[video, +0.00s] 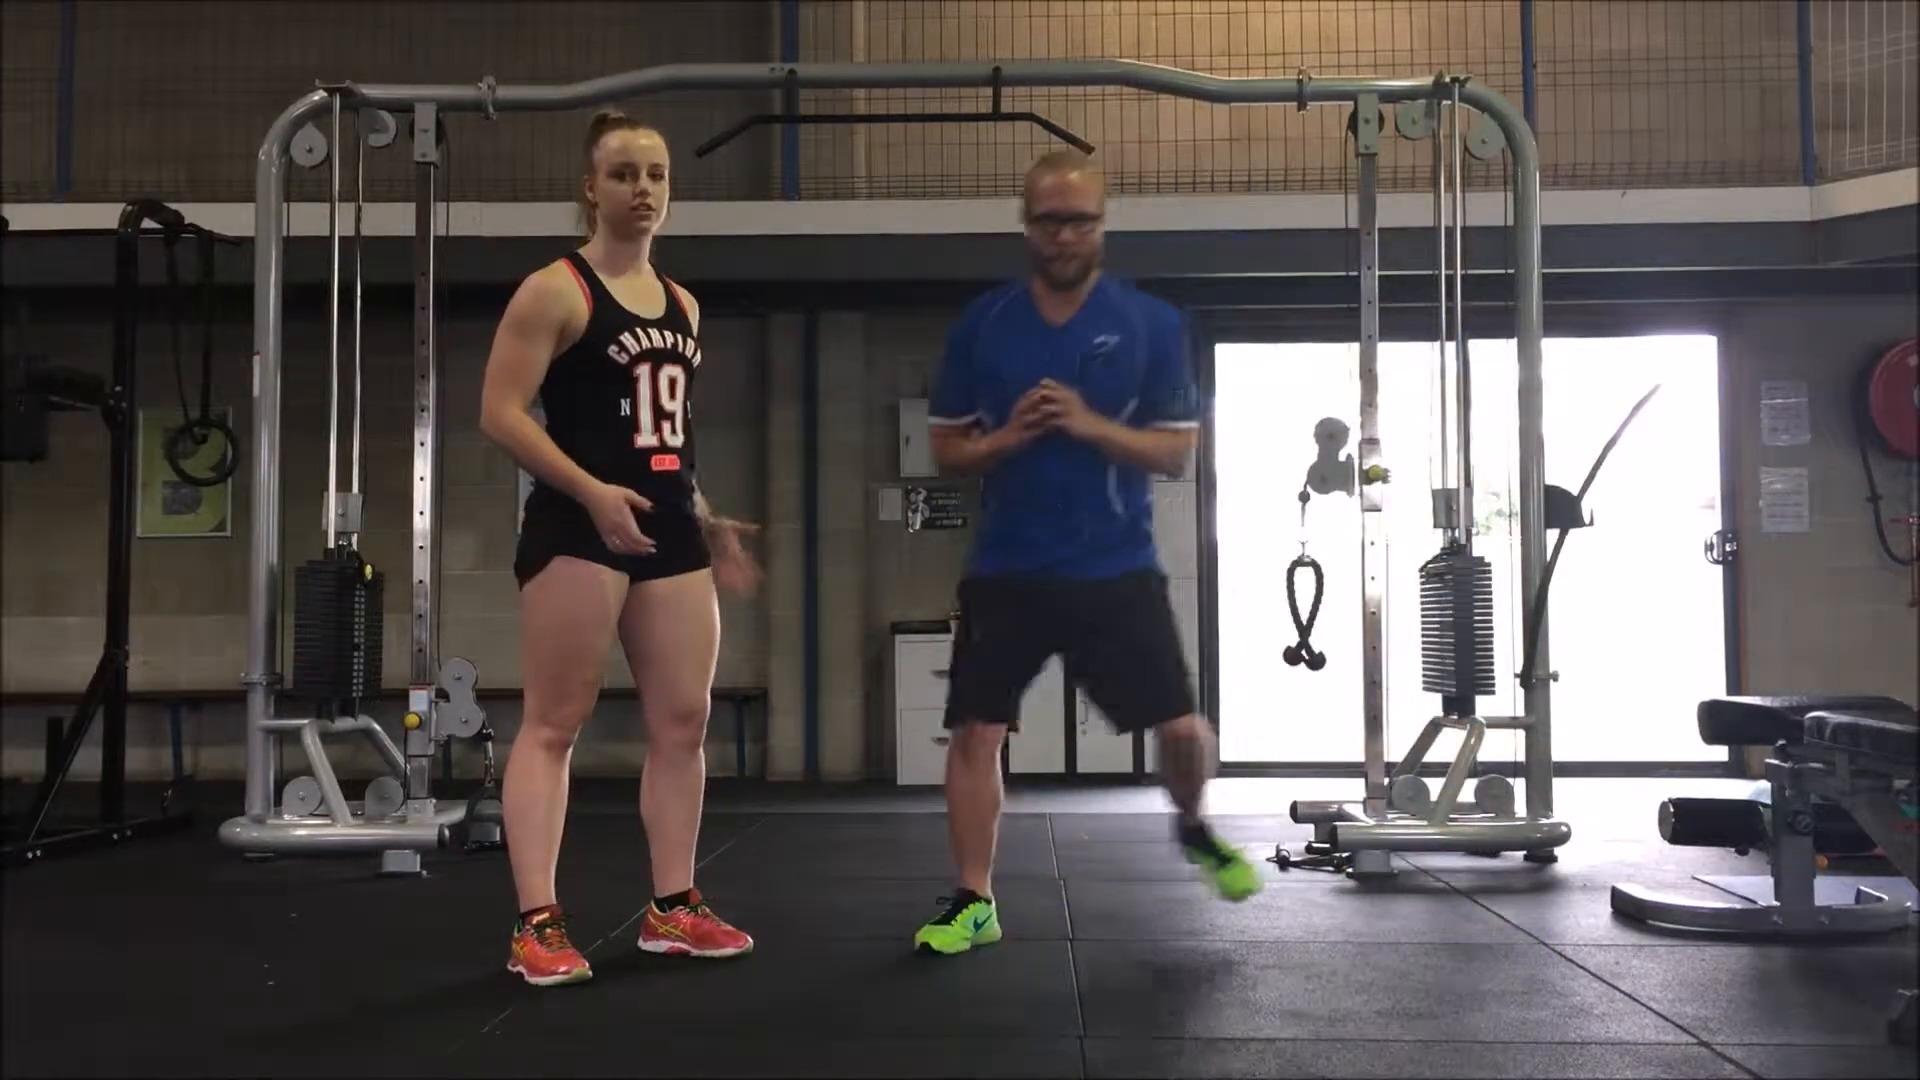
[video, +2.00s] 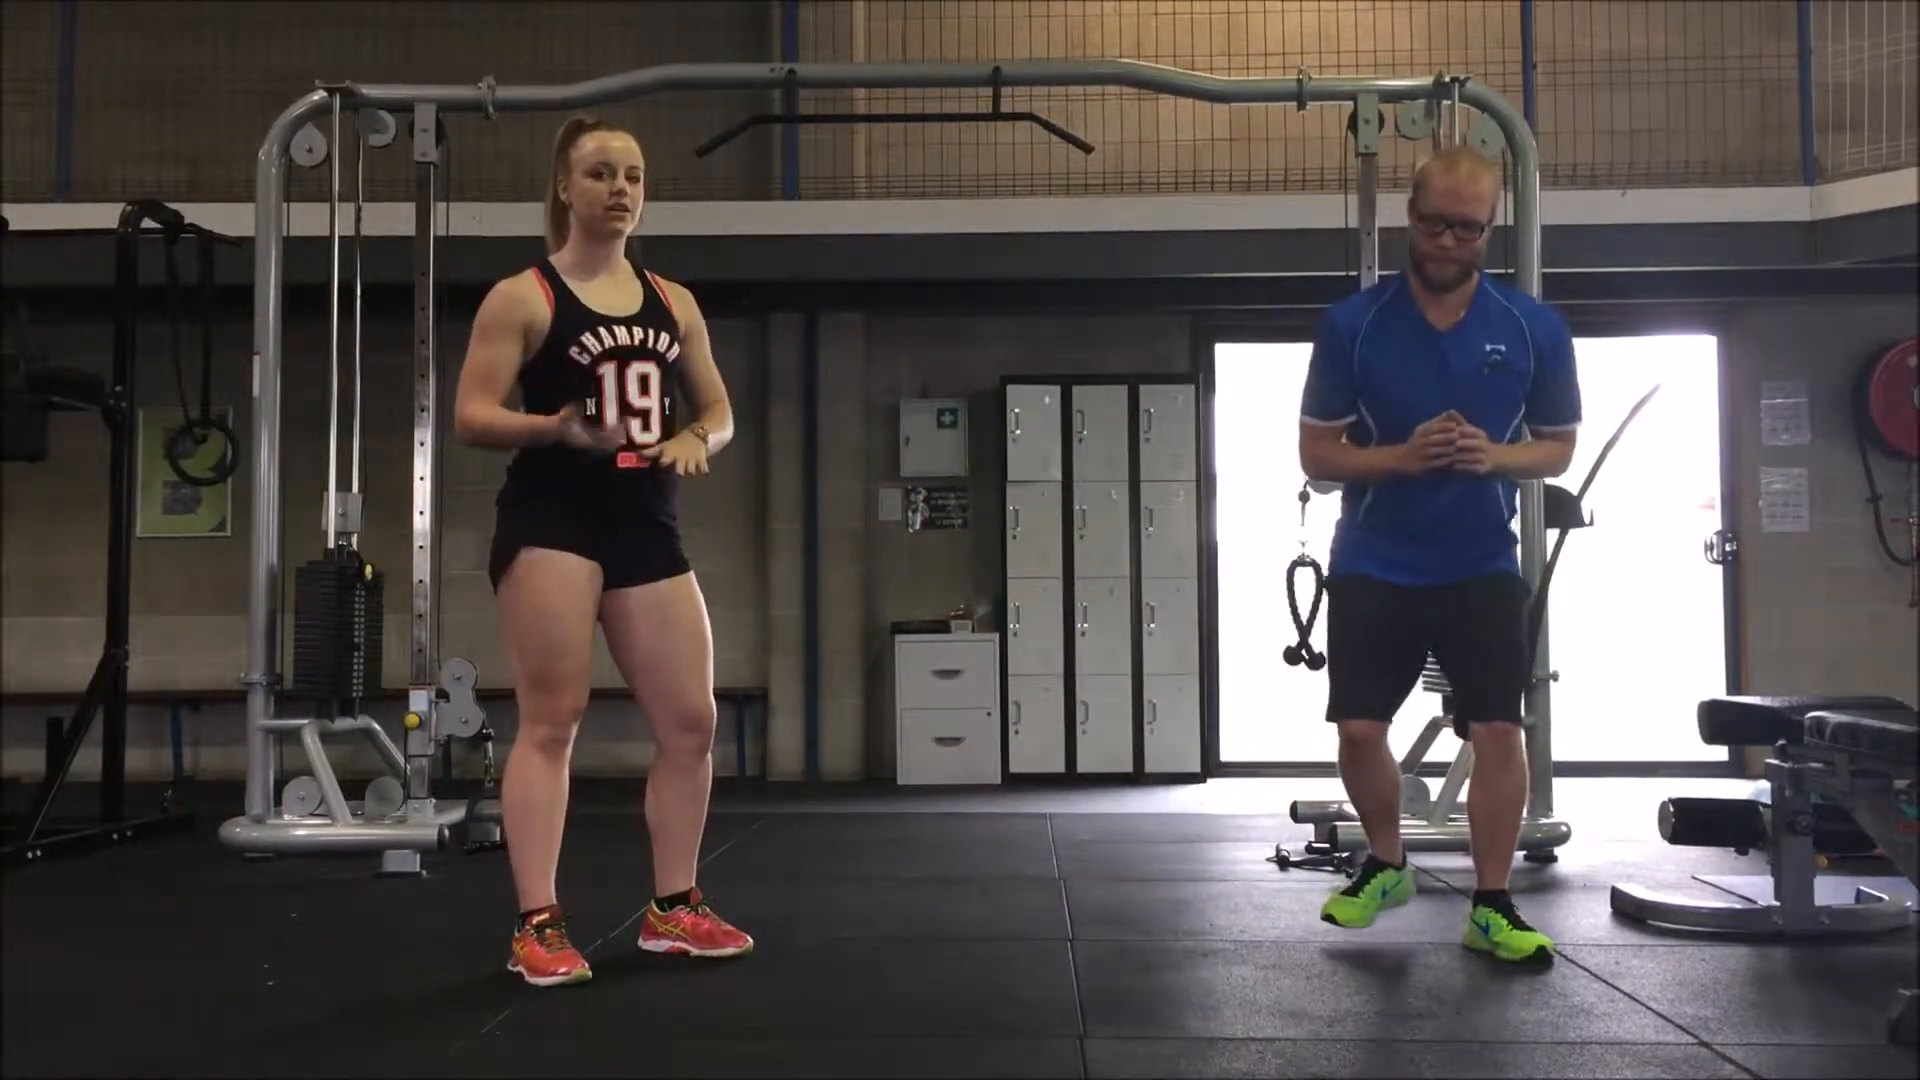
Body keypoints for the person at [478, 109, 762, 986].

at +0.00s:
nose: (642, 188)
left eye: (655, 175)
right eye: (624, 174)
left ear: (670, 192)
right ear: (591, 188)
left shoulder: (678, 303)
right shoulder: (554, 291)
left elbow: (663, 438)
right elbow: (500, 413)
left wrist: (705, 522)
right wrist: (592, 492)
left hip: (672, 531)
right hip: (580, 531)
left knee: (683, 726)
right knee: (553, 724)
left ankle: (673, 906)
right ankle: (537, 922)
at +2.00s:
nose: (619, 187)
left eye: (631, 175)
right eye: (600, 173)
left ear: (644, 195)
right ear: (563, 190)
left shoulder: (672, 302)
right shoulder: (520, 297)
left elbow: (716, 410)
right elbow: (472, 417)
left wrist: (698, 440)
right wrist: (553, 426)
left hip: (648, 529)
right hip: (553, 524)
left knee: (691, 722)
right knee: (550, 721)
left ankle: (673, 907)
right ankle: (538, 924)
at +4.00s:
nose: (598, 181)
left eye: (611, 169)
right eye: (579, 167)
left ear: (626, 188)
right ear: (542, 183)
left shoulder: (657, 303)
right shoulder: (501, 302)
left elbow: (685, 414)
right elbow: (472, 429)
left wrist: (671, 450)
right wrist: (546, 525)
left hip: (623, 527)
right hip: (527, 529)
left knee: (673, 725)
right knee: (546, 726)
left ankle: (673, 907)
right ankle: (538, 926)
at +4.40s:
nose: (600, 180)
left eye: (613, 169)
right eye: (581, 167)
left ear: (627, 189)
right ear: (546, 184)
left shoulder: (659, 301)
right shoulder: (508, 299)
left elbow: (691, 414)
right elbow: (499, 422)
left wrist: (672, 446)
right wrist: (546, 493)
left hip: (625, 520)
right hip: (531, 520)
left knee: (674, 725)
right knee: (548, 726)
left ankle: (673, 906)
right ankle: (539, 926)